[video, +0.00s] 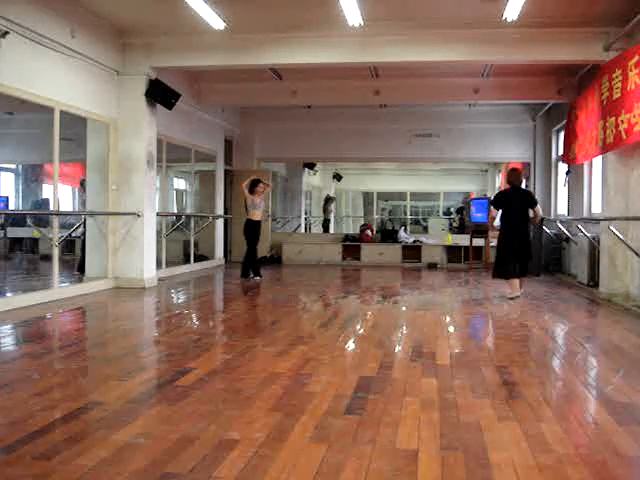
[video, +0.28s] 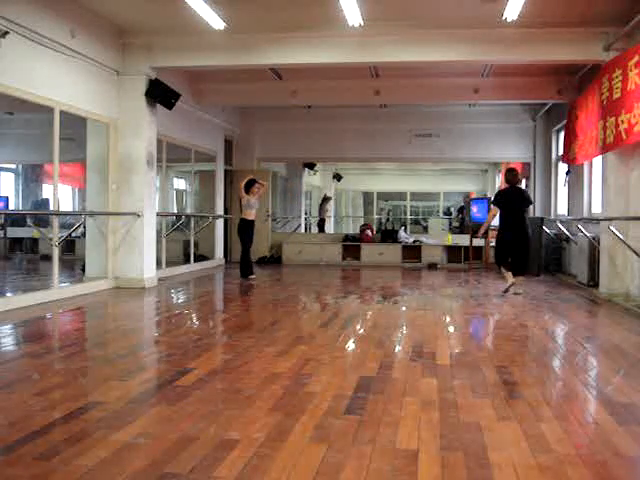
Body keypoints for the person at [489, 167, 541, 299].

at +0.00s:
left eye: (510, 177)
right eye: (519, 177)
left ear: (507, 179)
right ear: (521, 179)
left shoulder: (502, 194)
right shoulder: (527, 194)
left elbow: (493, 214)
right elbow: (538, 213)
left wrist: (491, 225)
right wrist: (533, 221)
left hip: (508, 231)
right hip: (522, 231)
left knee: (510, 259)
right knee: (520, 258)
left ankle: (515, 290)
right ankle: (519, 287)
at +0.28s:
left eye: (506, 177)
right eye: (517, 176)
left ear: (505, 179)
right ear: (518, 179)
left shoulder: (501, 194)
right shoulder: (523, 193)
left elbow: (493, 212)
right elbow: (528, 211)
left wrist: (484, 227)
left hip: (506, 229)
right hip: (521, 229)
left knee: (500, 256)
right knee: (518, 256)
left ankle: (510, 278)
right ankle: (517, 286)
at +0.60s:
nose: (491, 183)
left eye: (491, 180)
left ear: (492, 182)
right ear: (503, 181)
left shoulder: (492, 196)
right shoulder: (509, 195)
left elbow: (493, 216)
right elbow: (510, 214)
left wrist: (493, 232)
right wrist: (510, 228)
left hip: (496, 229)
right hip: (508, 230)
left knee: (493, 256)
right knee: (509, 255)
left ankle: (493, 283)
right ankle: (515, 277)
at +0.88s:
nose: (482, 183)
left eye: (483, 181)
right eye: (483, 181)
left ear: (484, 182)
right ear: (494, 181)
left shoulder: (484, 196)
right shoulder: (502, 194)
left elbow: (483, 215)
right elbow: (508, 212)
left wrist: (473, 228)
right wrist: (506, 223)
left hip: (490, 227)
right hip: (502, 226)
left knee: (488, 250)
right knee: (499, 250)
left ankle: (494, 279)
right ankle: (498, 278)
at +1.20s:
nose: (473, 189)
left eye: (473, 187)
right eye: (474, 187)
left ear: (475, 188)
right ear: (485, 185)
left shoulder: (480, 197)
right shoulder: (494, 196)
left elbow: (484, 214)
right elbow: (499, 212)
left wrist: (476, 229)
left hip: (488, 228)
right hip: (499, 228)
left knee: (481, 250)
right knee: (495, 253)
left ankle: (485, 275)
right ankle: (493, 278)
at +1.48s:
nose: (467, 194)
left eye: (467, 191)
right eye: (467, 192)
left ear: (469, 191)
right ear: (478, 188)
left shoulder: (474, 200)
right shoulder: (487, 197)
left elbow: (479, 214)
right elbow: (493, 214)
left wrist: (482, 229)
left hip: (483, 229)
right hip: (495, 228)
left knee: (477, 252)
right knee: (494, 254)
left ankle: (472, 277)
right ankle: (492, 279)